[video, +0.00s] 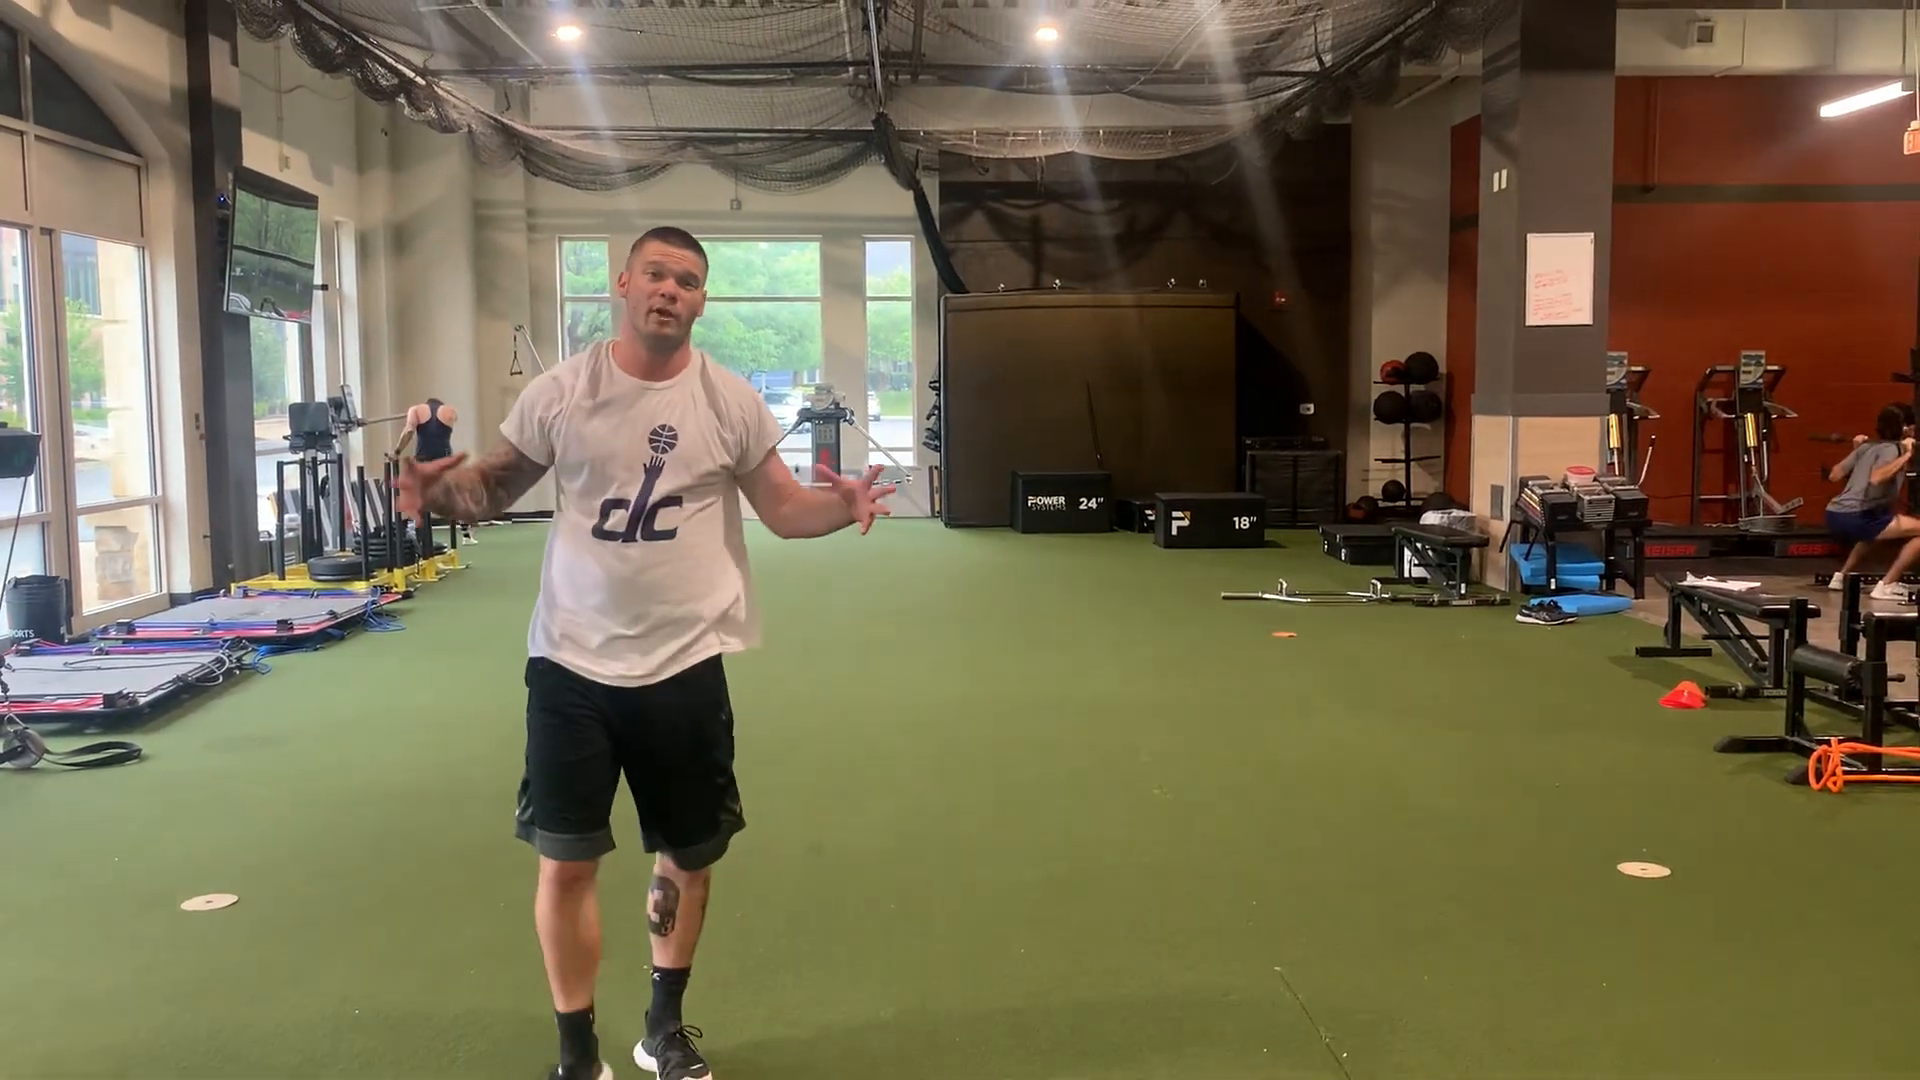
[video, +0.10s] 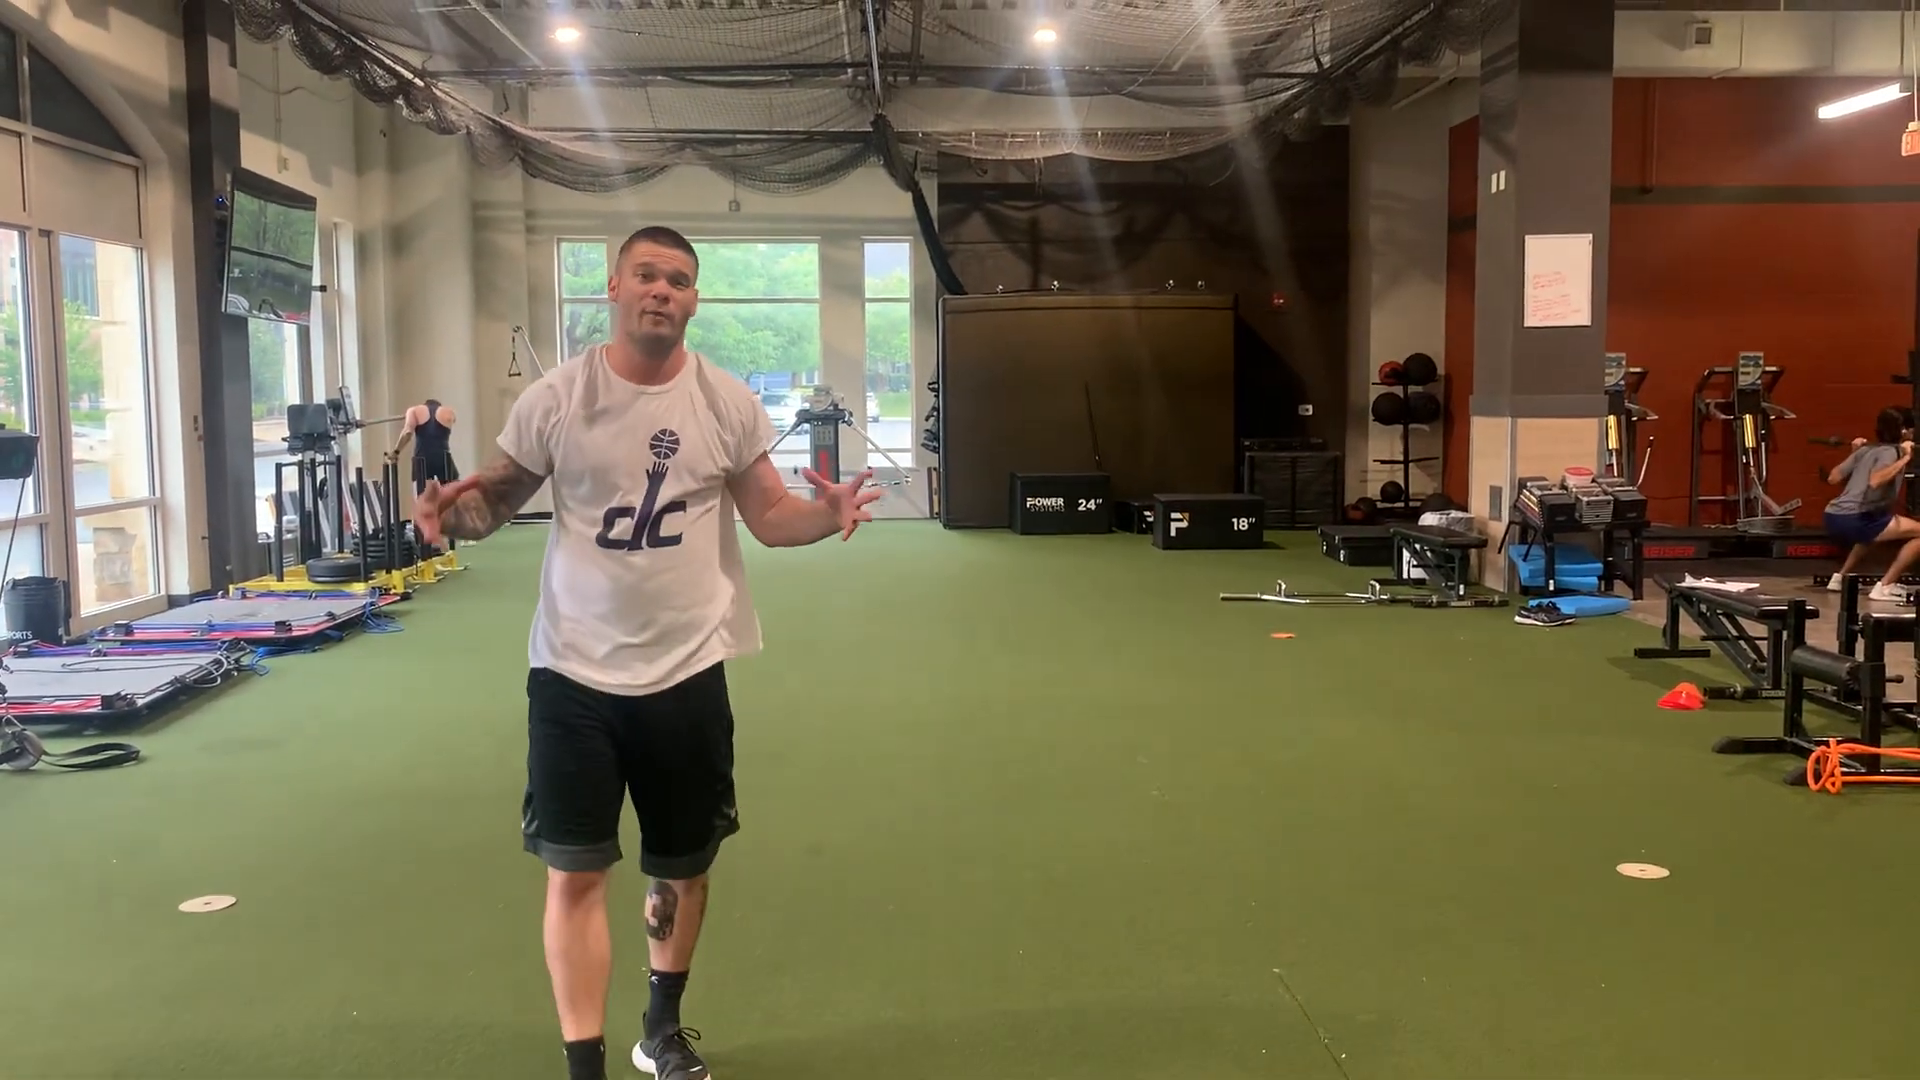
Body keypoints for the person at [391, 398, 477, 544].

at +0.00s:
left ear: (426, 402)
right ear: (441, 403)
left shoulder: (415, 410)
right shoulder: (451, 412)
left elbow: (409, 432)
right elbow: (448, 432)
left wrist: (397, 452)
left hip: (423, 458)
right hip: (445, 457)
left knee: (420, 496)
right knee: (456, 493)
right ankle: (467, 535)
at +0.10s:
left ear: (425, 404)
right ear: (439, 405)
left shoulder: (414, 411)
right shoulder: (448, 412)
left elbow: (408, 433)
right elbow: (453, 420)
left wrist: (396, 452)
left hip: (422, 459)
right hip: (443, 458)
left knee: (422, 499)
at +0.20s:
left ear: (423, 405)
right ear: (438, 406)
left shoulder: (412, 411)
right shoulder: (447, 413)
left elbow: (406, 433)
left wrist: (394, 450)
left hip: (420, 460)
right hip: (440, 459)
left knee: (420, 504)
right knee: (453, 495)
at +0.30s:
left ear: (422, 406)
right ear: (436, 407)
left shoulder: (411, 412)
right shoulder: (445, 414)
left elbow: (405, 434)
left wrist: (394, 448)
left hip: (418, 461)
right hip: (439, 460)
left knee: (418, 505)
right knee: (453, 496)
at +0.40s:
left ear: (421, 408)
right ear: (435, 409)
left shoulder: (409, 415)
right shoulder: (444, 417)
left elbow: (403, 436)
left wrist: (393, 446)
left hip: (416, 465)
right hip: (437, 463)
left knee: (415, 506)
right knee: (452, 497)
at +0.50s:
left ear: (418, 409)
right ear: (434, 410)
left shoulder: (408, 415)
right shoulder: (443, 417)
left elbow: (401, 437)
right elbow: (447, 426)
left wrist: (392, 442)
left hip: (415, 465)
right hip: (436, 464)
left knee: (414, 508)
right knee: (448, 499)